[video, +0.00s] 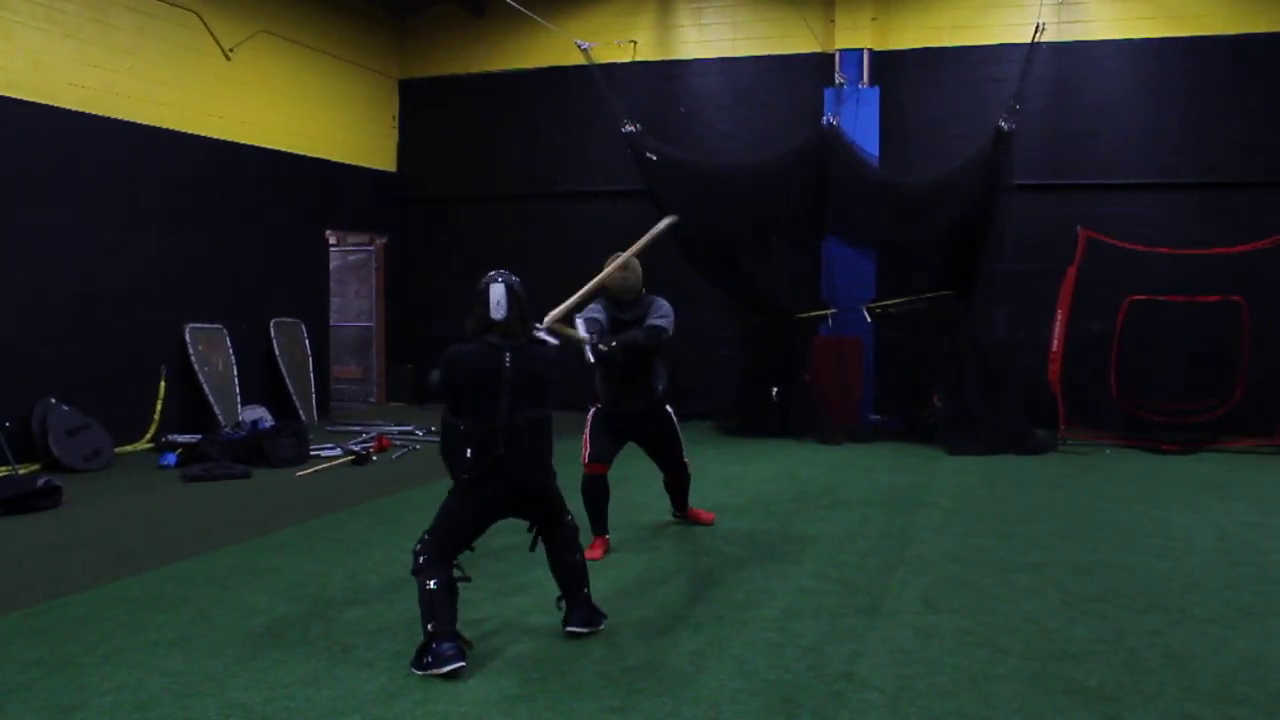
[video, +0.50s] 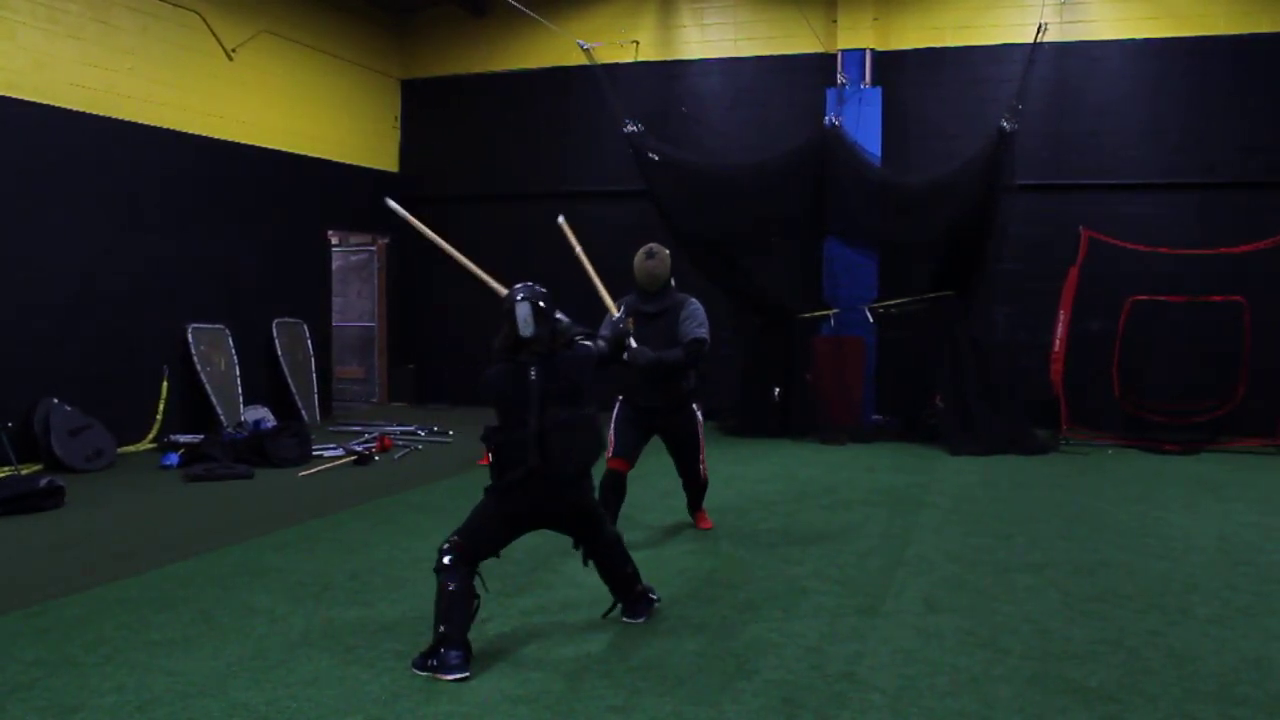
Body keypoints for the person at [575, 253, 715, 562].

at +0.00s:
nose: (625, 271)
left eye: (629, 266)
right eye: (617, 268)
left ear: (639, 277)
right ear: (605, 282)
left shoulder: (657, 306)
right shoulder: (595, 311)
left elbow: (657, 334)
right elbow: (589, 332)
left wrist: (617, 344)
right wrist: (597, 343)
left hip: (651, 407)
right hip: (609, 410)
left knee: (677, 468)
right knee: (593, 474)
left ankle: (682, 510)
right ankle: (599, 536)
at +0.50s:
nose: (649, 277)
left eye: (654, 272)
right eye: (645, 272)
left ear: (665, 275)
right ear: (636, 276)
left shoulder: (687, 307)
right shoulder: (623, 309)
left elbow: (696, 350)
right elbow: (601, 353)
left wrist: (651, 358)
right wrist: (616, 339)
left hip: (678, 401)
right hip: (634, 402)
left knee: (695, 472)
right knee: (616, 469)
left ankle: (697, 510)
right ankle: (603, 531)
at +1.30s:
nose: (665, 286)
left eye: (671, 280)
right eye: (661, 280)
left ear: (681, 282)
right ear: (652, 283)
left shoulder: (696, 312)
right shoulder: (644, 308)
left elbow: (688, 355)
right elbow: (627, 350)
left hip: (688, 392)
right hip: (650, 391)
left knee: (698, 447)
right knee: (643, 446)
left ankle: (696, 509)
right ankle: (635, 494)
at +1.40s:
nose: (659, 276)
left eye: (665, 270)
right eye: (655, 270)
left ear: (678, 276)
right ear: (648, 275)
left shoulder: (694, 307)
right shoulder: (642, 302)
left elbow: (683, 354)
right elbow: (629, 339)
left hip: (685, 386)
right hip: (646, 386)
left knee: (694, 445)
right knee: (649, 447)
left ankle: (696, 508)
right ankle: (653, 507)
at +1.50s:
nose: (659, 277)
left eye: (664, 272)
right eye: (655, 272)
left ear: (674, 274)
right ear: (650, 273)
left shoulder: (691, 302)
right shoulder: (633, 295)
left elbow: (690, 341)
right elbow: (616, 329)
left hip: (682, 382)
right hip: (643, 380)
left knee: (689, 441)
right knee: (643, 439)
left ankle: (691, 504)